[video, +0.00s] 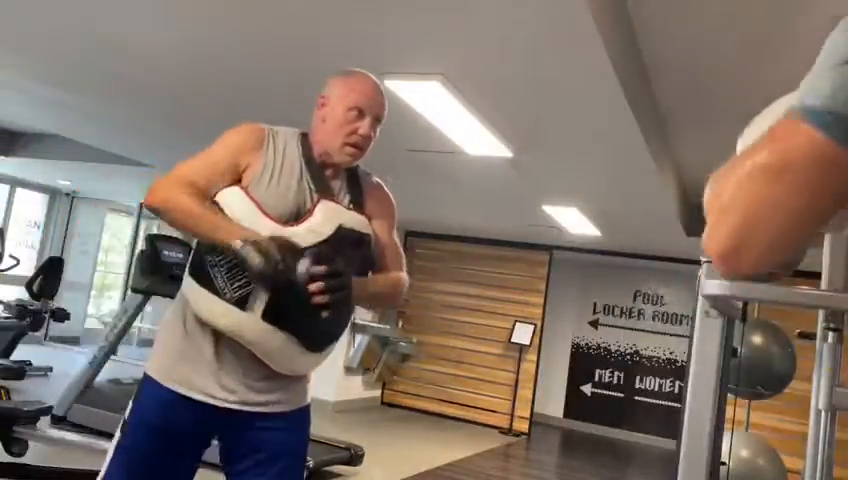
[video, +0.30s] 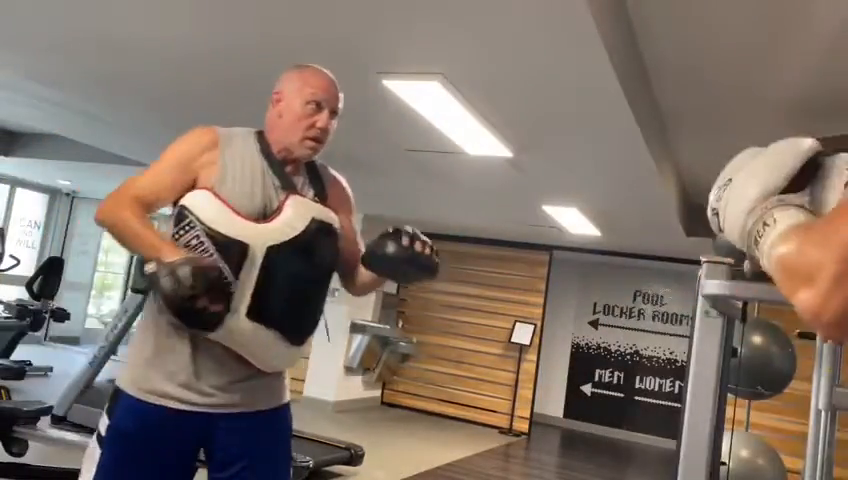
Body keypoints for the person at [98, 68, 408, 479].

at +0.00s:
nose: (367, 130)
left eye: (375, 122)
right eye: (357, 113)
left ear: (380, 131)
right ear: (322, 106)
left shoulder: (373, 196)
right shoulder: (253, 144)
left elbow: (397, 283)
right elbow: (165, 194)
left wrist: (352, 288)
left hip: (277, 399)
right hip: (183, 380)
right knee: (132, 474)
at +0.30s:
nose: (325, 123)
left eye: (333, 114)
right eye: (314, 106)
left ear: (338, 124)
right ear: (276, 103)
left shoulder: (333, 190)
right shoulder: (208, 147)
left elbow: (356, 281)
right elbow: (117, 208)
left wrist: (389, 264)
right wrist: (172, 258)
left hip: (257, 406)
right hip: (159, 397)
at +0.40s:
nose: (295, 119)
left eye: (303, 110)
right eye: (284, 103)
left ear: (307, 120)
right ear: (245, 100)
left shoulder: (304, 185)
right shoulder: (178, 146)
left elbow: (332, 275)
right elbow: (85, 211)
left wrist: (361, 245)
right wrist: (141, 263)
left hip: (240, 407)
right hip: (140, 399)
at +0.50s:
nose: (270, 109)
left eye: (278, 99)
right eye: (259, 91)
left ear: (282, 108)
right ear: (220, 88)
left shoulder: (281, 174)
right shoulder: (153, 140)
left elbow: (318, 268)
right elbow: (65, 207)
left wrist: (318, 229)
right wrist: (144, 238)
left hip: (229, 402)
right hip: (129, 395)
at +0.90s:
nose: (295, 117)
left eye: (302, 107)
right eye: (285, 99)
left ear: (305, 115)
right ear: (243, 90)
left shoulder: (290, 175)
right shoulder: (169, 131)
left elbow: (335, 257)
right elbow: (75, 197)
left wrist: (365, 202)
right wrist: (157, 263)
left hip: (221, 402)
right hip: (125, 395)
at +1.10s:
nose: (340, 123)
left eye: (347, 113)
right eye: (331, 105)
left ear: (343, 119)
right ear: (289, 93)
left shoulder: (324, 184)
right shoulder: (211, 124)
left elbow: (374, 258)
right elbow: (96, 178)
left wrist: (412, 194)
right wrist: (85, 284)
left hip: (232, 404)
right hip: (137, 386)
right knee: (93, 479)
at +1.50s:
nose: (340, 121)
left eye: (345, 111)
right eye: (332, 103)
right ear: (285, 89)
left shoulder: (307, 179)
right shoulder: (201, 115)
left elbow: (361, 251)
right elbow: (77, 169)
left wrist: (401, 185)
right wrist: (75, 291)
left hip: (224, 418)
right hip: (126, 404)